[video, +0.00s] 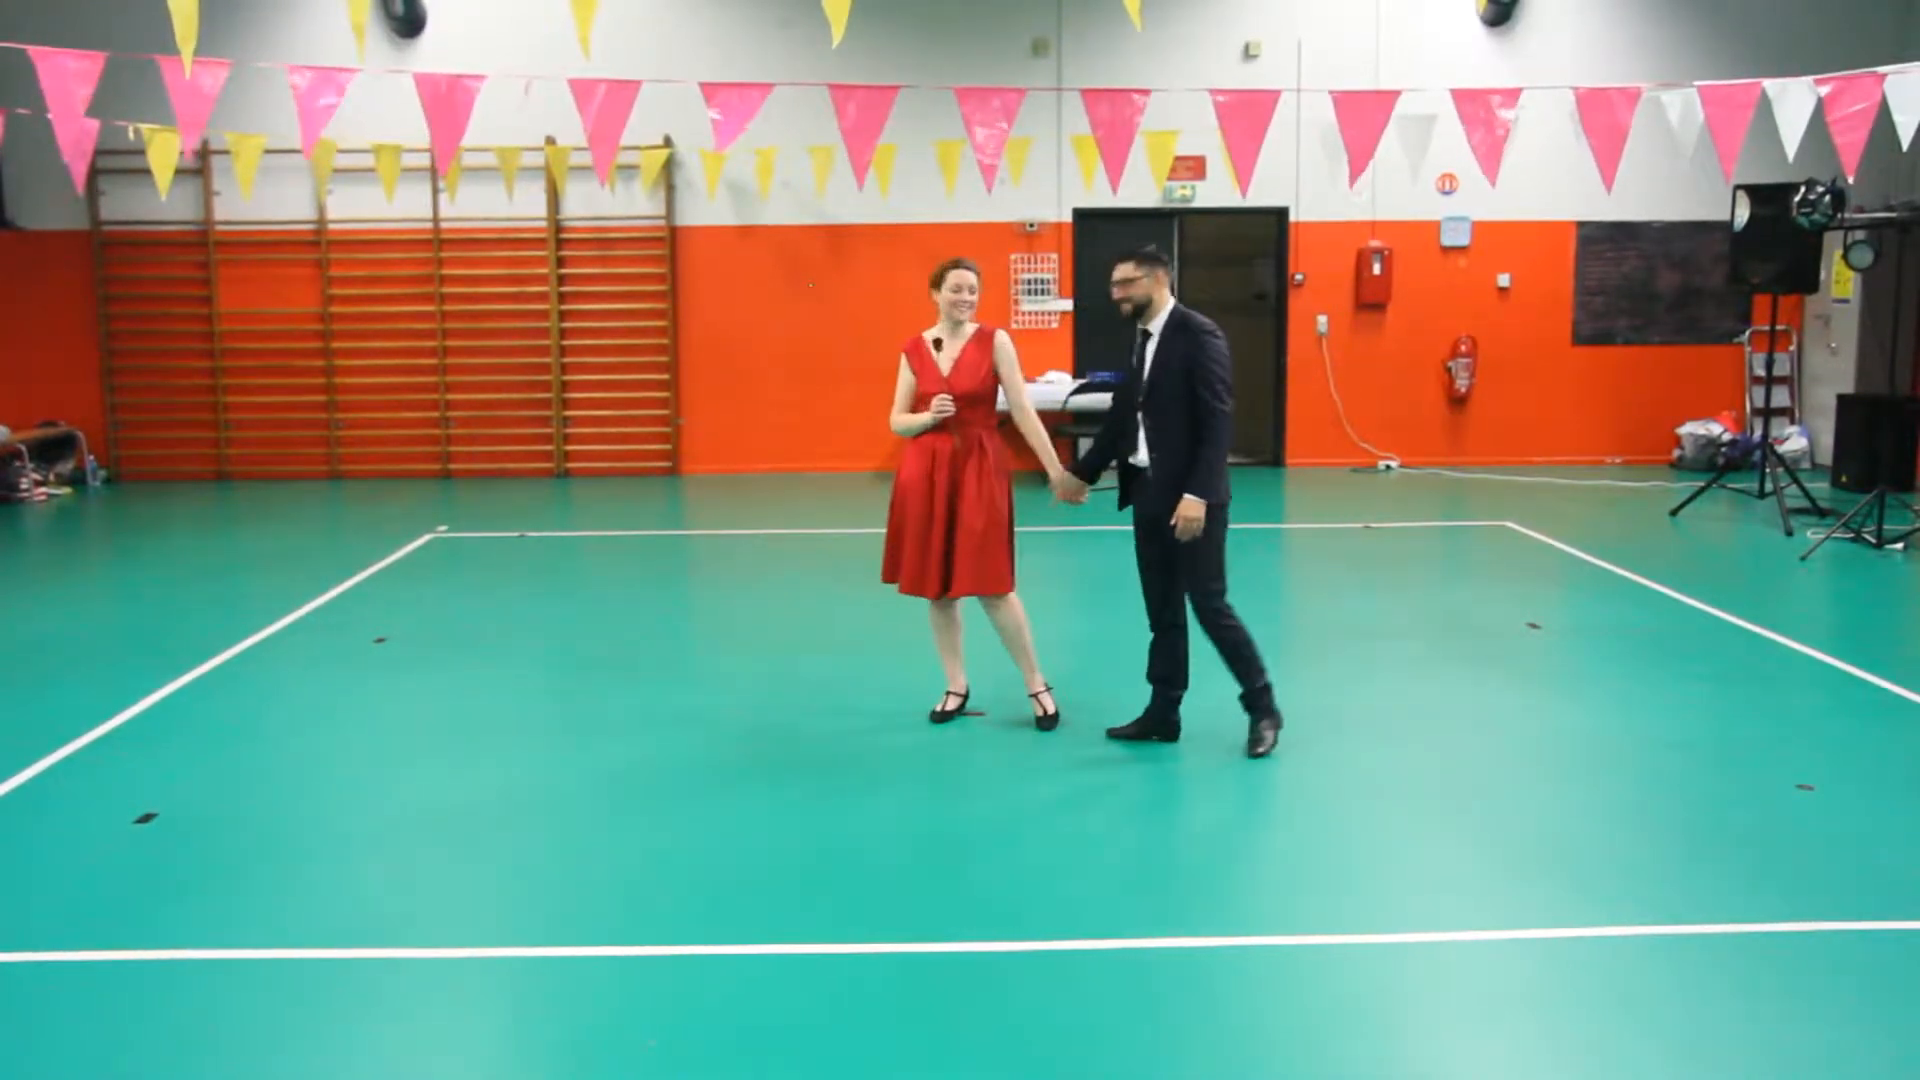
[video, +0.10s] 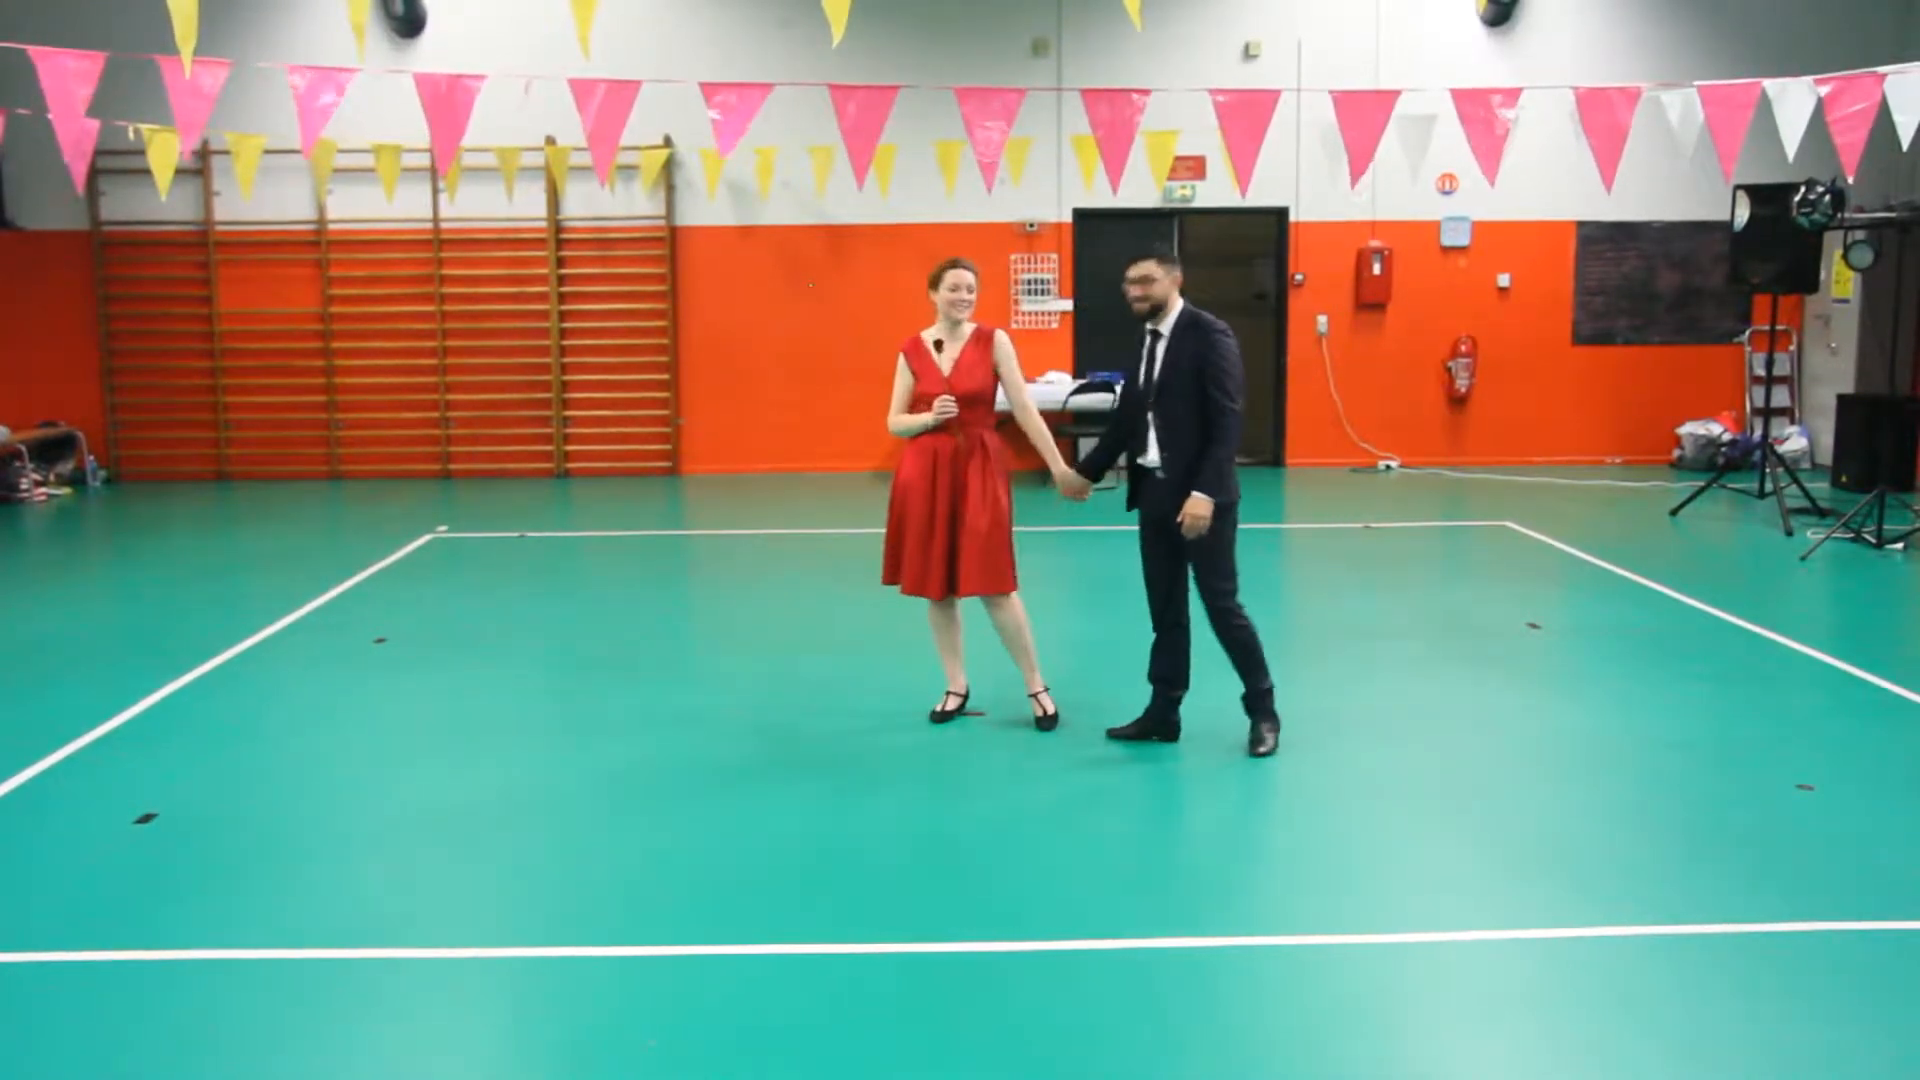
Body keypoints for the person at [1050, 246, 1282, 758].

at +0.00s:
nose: (1117, 293)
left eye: (1126, 283)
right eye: (1114, 285)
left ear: (1160, 280)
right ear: (1123, 290)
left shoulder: (1199, 334)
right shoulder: (1141, 340)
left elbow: (1217, 421)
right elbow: (1123, 415)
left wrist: (1199, 493)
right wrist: (1084, 472)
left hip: (1195, 491)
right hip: (1148, 490)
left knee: (1209, 604)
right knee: (1163, 610)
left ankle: (1263, 710)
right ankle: (1162, 713)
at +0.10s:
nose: (1136, 291)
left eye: (1147, 281)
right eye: (1131, 283)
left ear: (1175, 281)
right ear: (1127, 290)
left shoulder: (1210, 335)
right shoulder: (1147, 341)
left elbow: (1226, 421)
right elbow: (1128, 415)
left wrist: (1205, 492)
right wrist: (1088, 472)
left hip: (1203, 492)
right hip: (1154, 491)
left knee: (1222, 606)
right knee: (1166, 611)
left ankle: (1263, 713)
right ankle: (1162, 713)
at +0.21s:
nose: (1151, 290)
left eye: (1163, 280)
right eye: (1147, 282)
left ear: (1193, 282)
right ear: (1147, 288)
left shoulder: (1228, 337)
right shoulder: (1154, 339)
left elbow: (1247, 421)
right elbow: (1137, 411)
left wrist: (1226, 491)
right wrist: (1096, 466)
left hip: (1219, 492)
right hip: (1166, 490)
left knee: (1238, 607)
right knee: (1171, 610)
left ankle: (1265, 713)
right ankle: (1163, 713)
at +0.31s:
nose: (1172, 289)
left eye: (1183, 279)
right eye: (1165, 281)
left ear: (1209, 282)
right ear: (1159, 288)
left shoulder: (1241, 338)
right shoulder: (1159, 341)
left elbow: (1261, 420)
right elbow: (1145, 411)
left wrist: (1242, 493)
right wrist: (1103, 461)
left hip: (1230, 491)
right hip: (1175, 490)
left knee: (1247, 607)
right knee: (1175, 609)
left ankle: (1267, 713)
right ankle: (1164, 712)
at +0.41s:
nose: (1200, 289)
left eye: (1209, 279)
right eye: (1191, 281)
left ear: (1229, 283)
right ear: (1179, 288)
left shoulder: (1259, 339)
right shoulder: (1175, 341)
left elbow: (1279, 422)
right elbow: (1156, 409)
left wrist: (1269, 499)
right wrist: (1110, 453)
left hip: (1243, 491)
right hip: (1189, 489)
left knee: (1259, 609)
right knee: (1182, 608)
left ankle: (1268, 716)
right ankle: (1164, 713)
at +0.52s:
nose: (1207, 291)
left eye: (1217, 281)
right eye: (1198, 282)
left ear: (1240, 285)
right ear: (1188, 289)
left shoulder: (1270, 341)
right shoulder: (1181, 340)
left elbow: (1292, 424)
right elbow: (1163, 405)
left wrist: (1291, 501)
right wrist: (1114, 448)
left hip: (1253, 492)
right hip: (1199, 490)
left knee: (1268, 610)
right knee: (1187, 607)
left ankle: (1270, 716)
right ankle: (1164, 713)